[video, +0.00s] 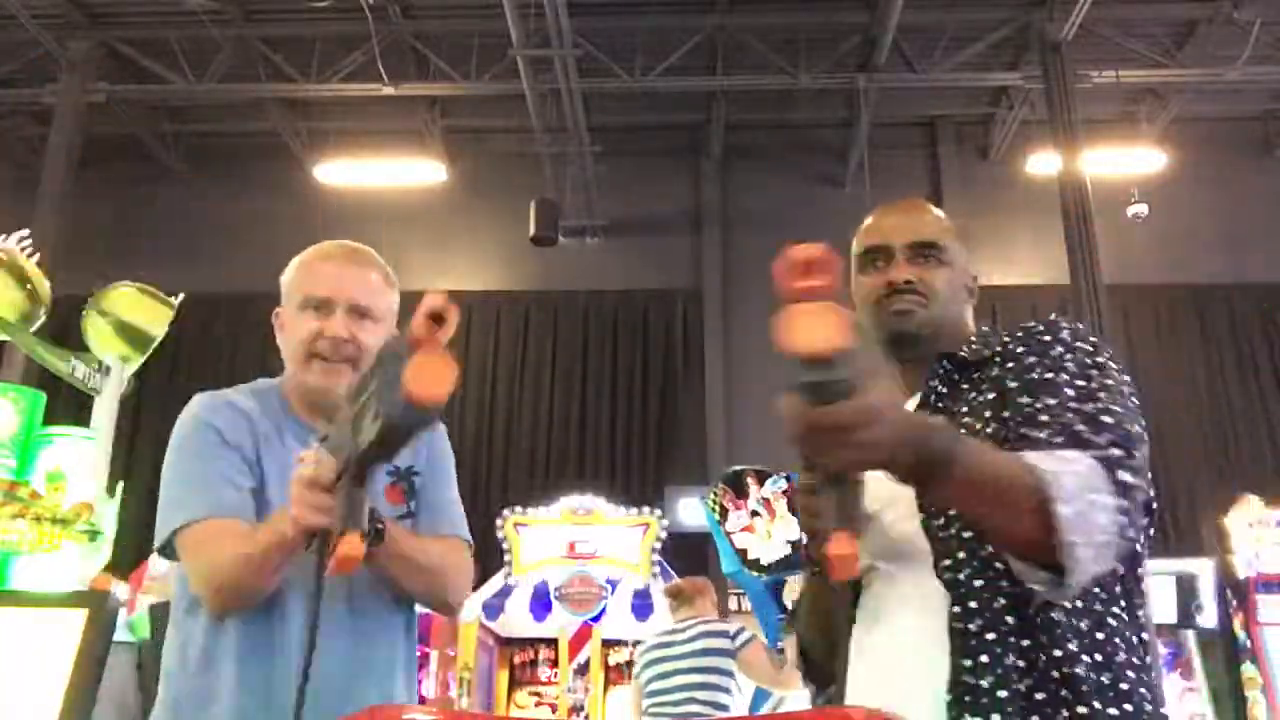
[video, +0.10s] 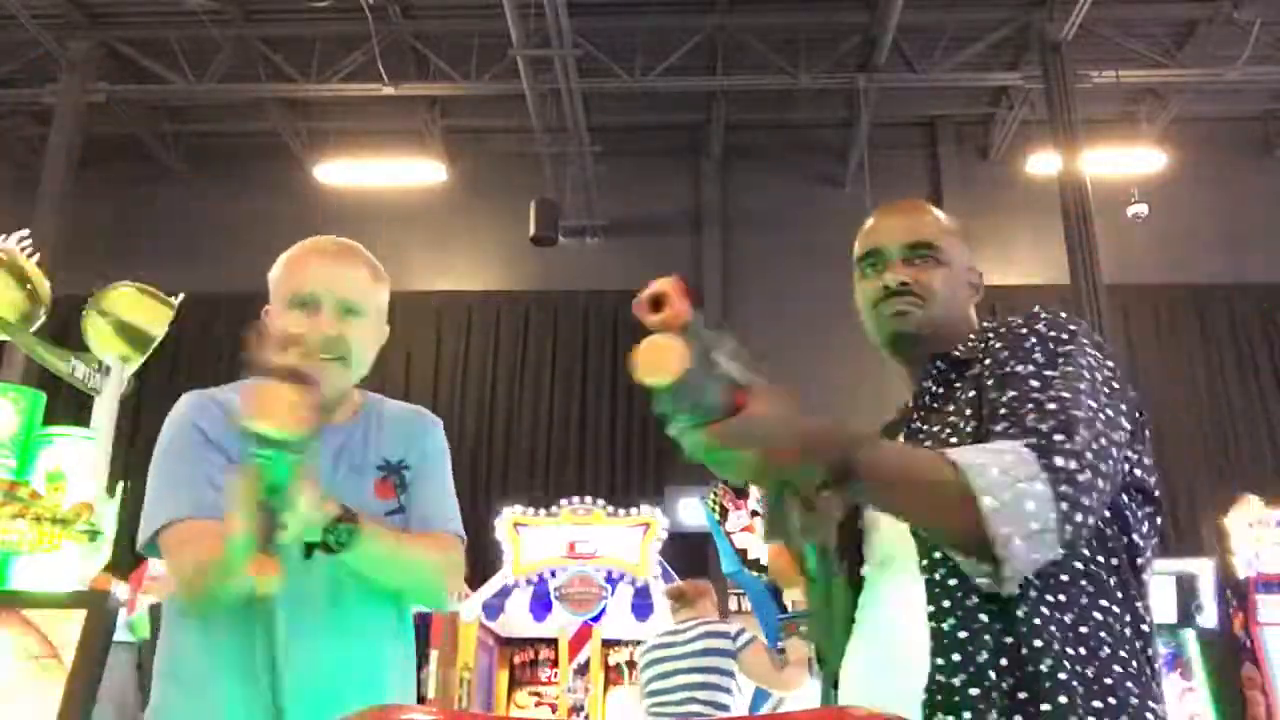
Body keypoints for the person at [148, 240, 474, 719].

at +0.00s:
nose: (338, 330)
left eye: (362, 315)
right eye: (318, 308)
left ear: (389, 337)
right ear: (280, 324)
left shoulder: (417, 436)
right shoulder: (216, 420)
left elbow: (453, 588)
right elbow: (219, 586)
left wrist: (369, 527)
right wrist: (292, 525)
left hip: (369, 711)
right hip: (222, 710)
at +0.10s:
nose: (326, 329)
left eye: (350, 311)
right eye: (304, 306)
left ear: (381, 337)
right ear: (268, 321)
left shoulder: (414, 434)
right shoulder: (201, 418)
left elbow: (445, 579)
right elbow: (195, 576)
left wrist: (331, 522)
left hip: (362, 709)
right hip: (208, 709)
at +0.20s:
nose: (297, 322)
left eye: (323, 305)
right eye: (276, 300)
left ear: (361, 328)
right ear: (246, 314)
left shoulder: (402, 423)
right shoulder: (190, 415)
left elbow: (419, 563)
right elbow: (166, 584)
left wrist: (269, 494)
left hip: (346, 708)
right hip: (189, 708)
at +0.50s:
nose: (277, 336)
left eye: (304, 312)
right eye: (258, 311)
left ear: (351, 323)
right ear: (234, 321)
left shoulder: (396, 424)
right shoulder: (202, 413)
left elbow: (345, 565)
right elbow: (132, 589)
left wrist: (228, 550)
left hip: (337, 711)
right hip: (193, 709)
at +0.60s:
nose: (280, 347)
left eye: (305, 323)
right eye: (261, 324)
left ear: (356, 331)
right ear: (239, 331)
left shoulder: (408, 431)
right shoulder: (200, 421)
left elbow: (383, 574)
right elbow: (138, 578)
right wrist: (168, 476)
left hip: (344, 712)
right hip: (194, 710)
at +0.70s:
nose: (293, 350)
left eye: (318, 326)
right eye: (274, 327)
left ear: (365, 335)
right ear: (252, 335)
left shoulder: (423, 441)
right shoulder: (215, 425)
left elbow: (454, 598)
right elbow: (149, 560)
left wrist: (403, 607)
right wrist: (177, 460)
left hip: (359, 714)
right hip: (209, 709)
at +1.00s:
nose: (270, 322)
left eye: (295, 299)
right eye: (248, 299)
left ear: (343, 314)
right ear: (222, 312)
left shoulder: (397, 429)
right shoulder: (178, 413)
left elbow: (417, 595)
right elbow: (116, 560)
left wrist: (353, 630)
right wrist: (134, 457)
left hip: (328, 708)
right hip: (172, 703)